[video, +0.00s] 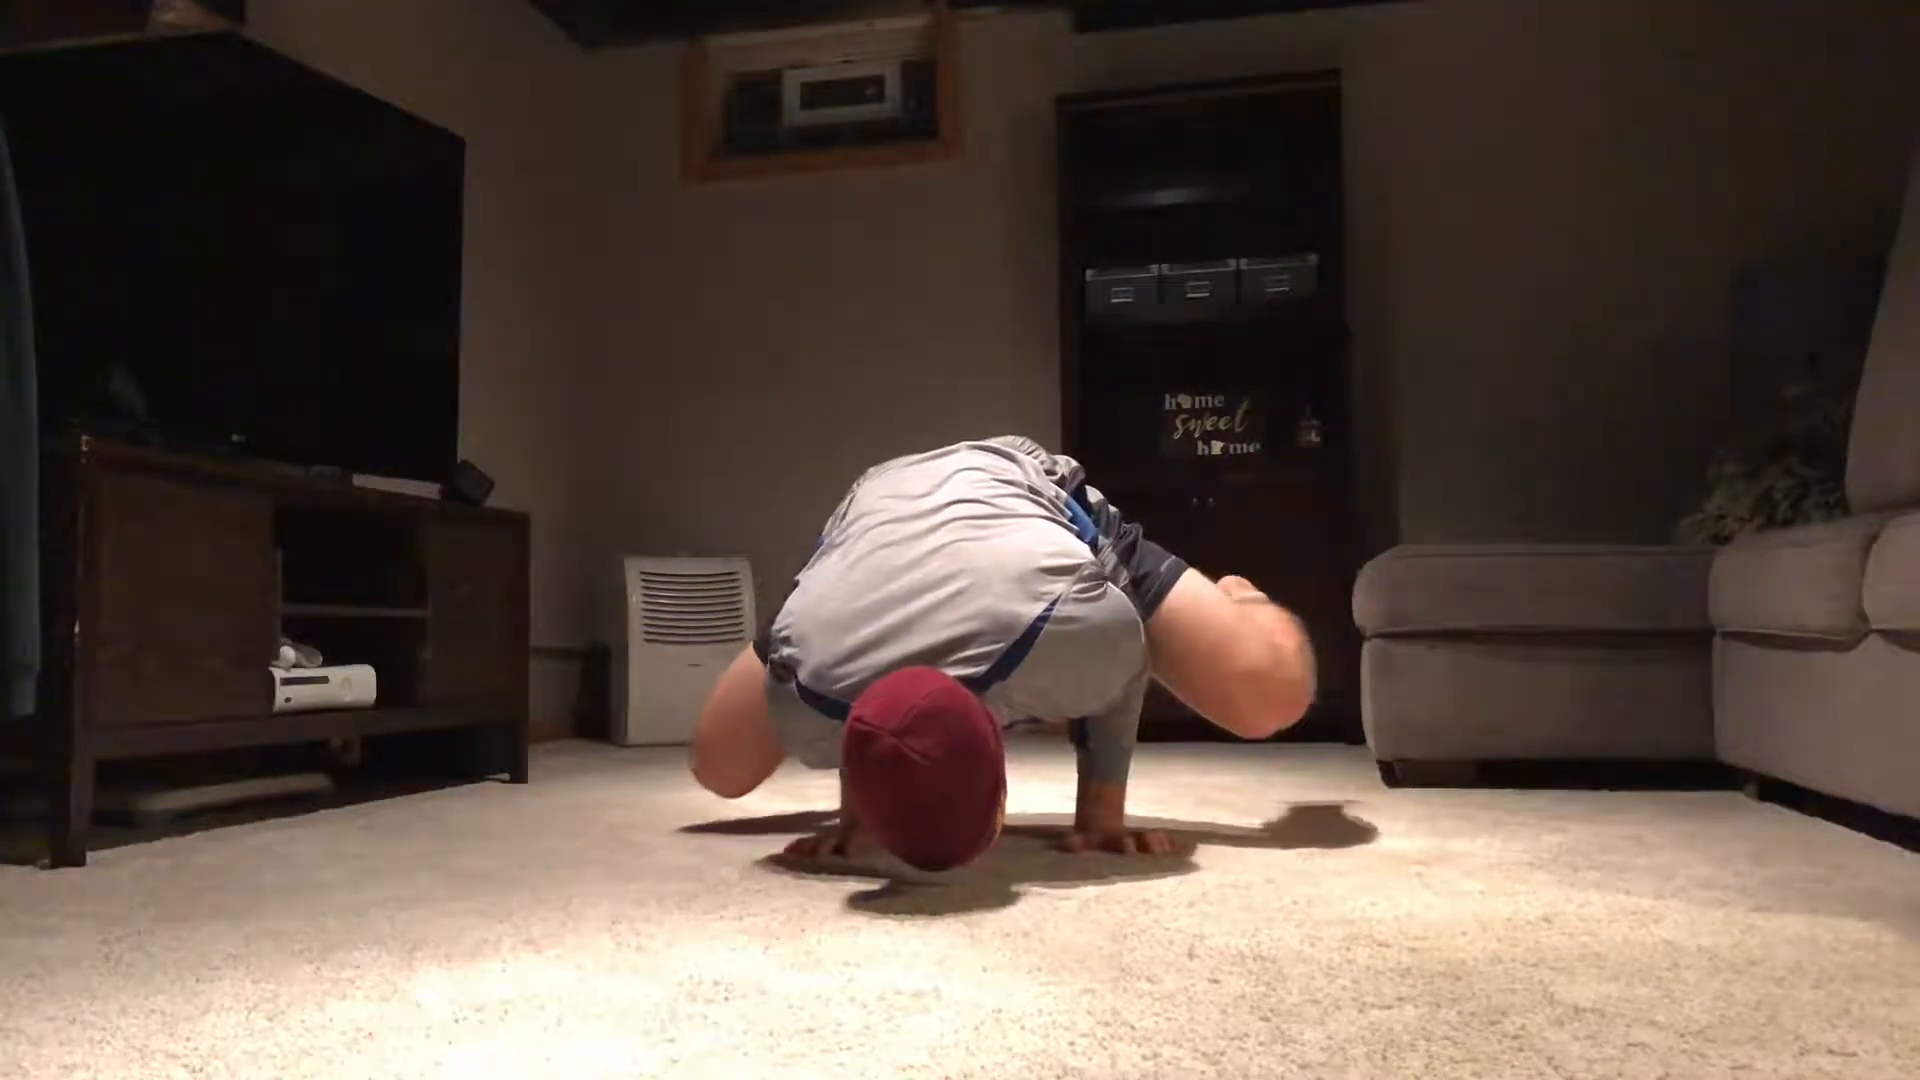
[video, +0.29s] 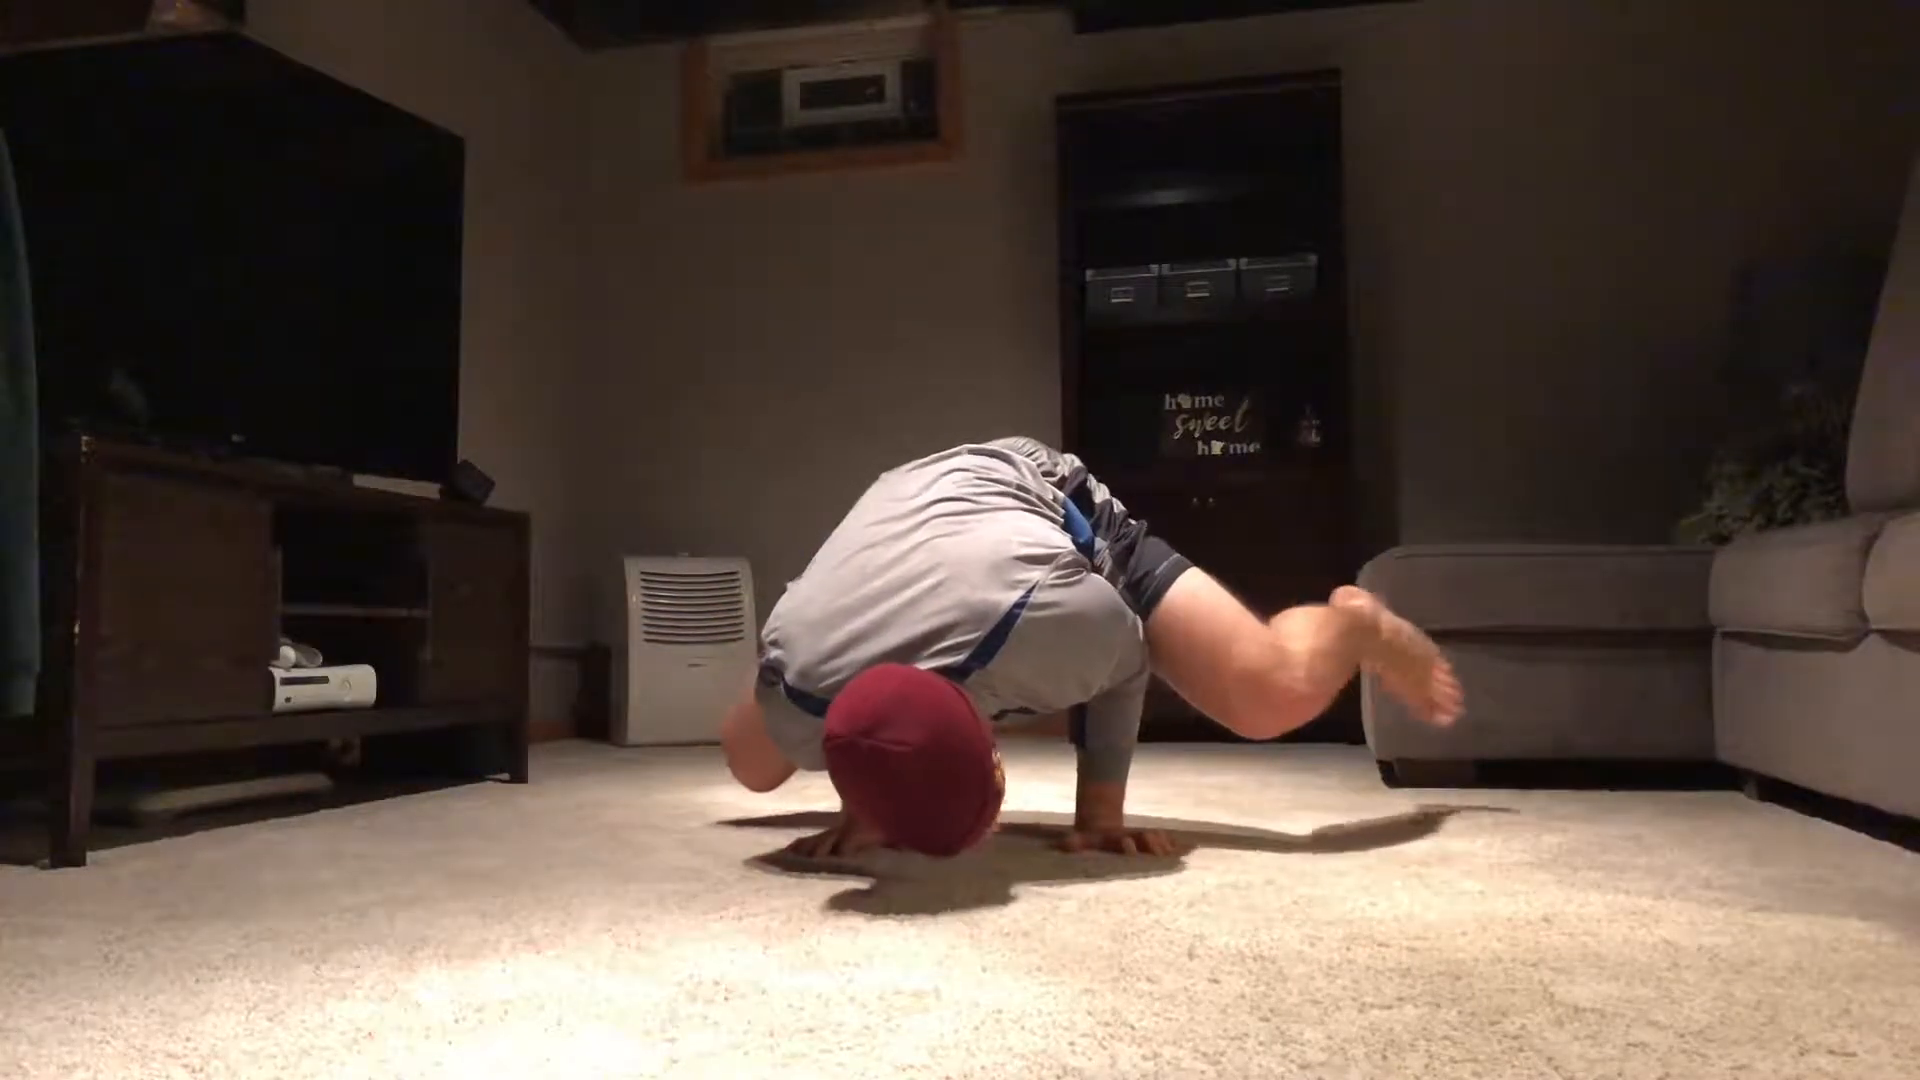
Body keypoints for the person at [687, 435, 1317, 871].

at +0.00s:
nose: (949, 864)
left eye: (964, 849)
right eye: (923, 858)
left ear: (989, 738)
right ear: (861, 753)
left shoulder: (1091, 639)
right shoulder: (794, 706)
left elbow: (1124, 672)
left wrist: (1101, 816)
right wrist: (855, 810)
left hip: (1027, 481)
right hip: (874, 499)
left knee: (1272, 703)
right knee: (720, 768)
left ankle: (1229, 599)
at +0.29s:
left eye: (961, 819)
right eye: (921, 831)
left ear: (974, 729)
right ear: (841, 750)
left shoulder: (1056, 637)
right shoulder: (782, 697)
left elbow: (1123, 658)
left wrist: (1101, 818)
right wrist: (860, 803)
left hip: (1038, 492)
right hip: (895, 509)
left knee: (1270, 698)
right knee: (750, 759)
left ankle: (1359, 622)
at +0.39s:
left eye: (958, 805)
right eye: (925, 817)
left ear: (974, 722)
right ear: (851, 756)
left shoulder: (1054, 635)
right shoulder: (782, 681)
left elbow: (1127, 659)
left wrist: (1101, 816)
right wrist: (865, 808)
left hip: (1038, 488)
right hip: (898, 511)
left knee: (1269, 695)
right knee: (769, 760)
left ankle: (1419, 627)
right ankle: (1002, 722)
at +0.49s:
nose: (974, 824)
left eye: (973, 808)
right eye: (950, 825)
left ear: (971, 717)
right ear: (848, 763)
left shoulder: (1049, 629)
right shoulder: (782, 704)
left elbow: (1126, 651)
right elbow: (831, 746)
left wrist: (1105, 821)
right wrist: (866, 812)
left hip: (1045, 492)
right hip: (910, 511)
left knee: (1277, 693)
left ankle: (1476, 630)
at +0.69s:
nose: (961, 786)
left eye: (955, 776)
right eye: (925, 793)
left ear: (959, 712)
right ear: (834, 742)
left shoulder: (1045, 626)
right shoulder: (784, 654)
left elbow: (1132, 658)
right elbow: (837, 729)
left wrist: (1102, 814)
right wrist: (862, 813)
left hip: (1070, 486)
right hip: (932, 504)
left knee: (1287, 694)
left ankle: (1544, 682)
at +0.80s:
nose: (946, 776)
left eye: (948, 761)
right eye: (915, 773)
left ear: (958, 697)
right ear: (830, 715)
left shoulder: (1046, 619)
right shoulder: (791, 626)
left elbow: (1137, 664)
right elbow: (846, 727)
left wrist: (1102, 812)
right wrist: (865, 817)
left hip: (1098, 483)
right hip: (962, 496)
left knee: (1298, 702)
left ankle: (1557, 705)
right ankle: (1161, 701)